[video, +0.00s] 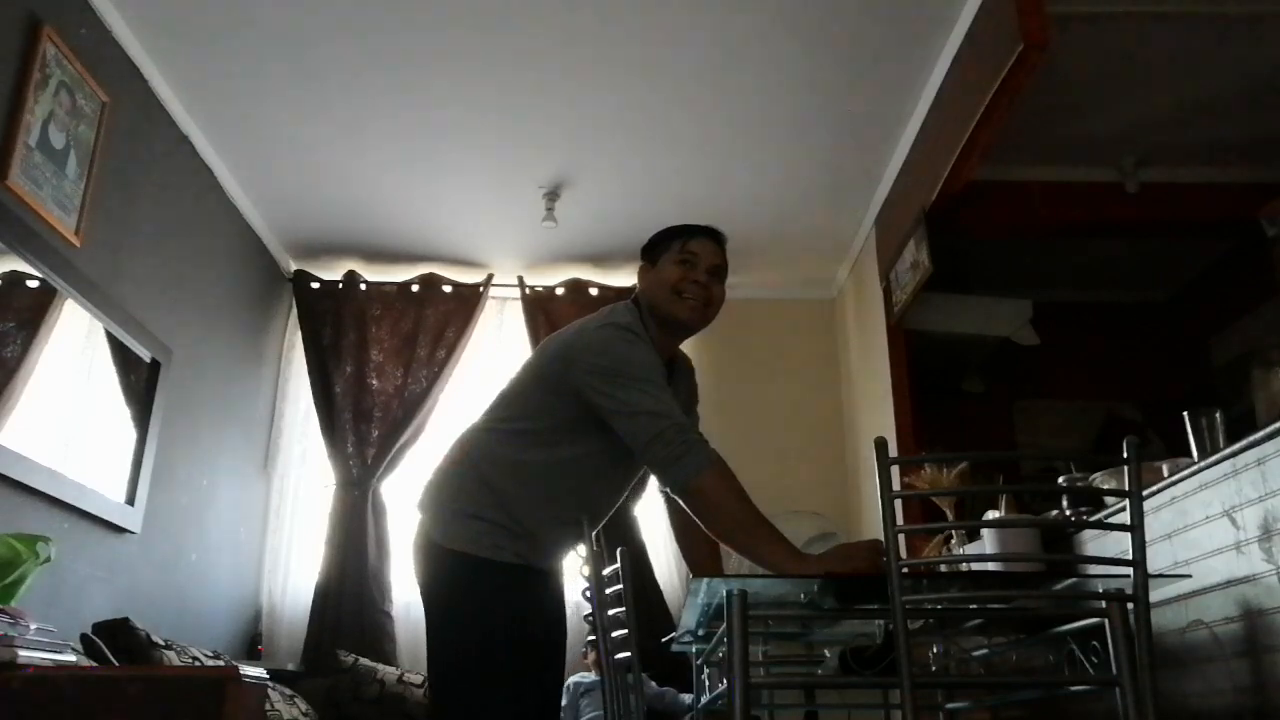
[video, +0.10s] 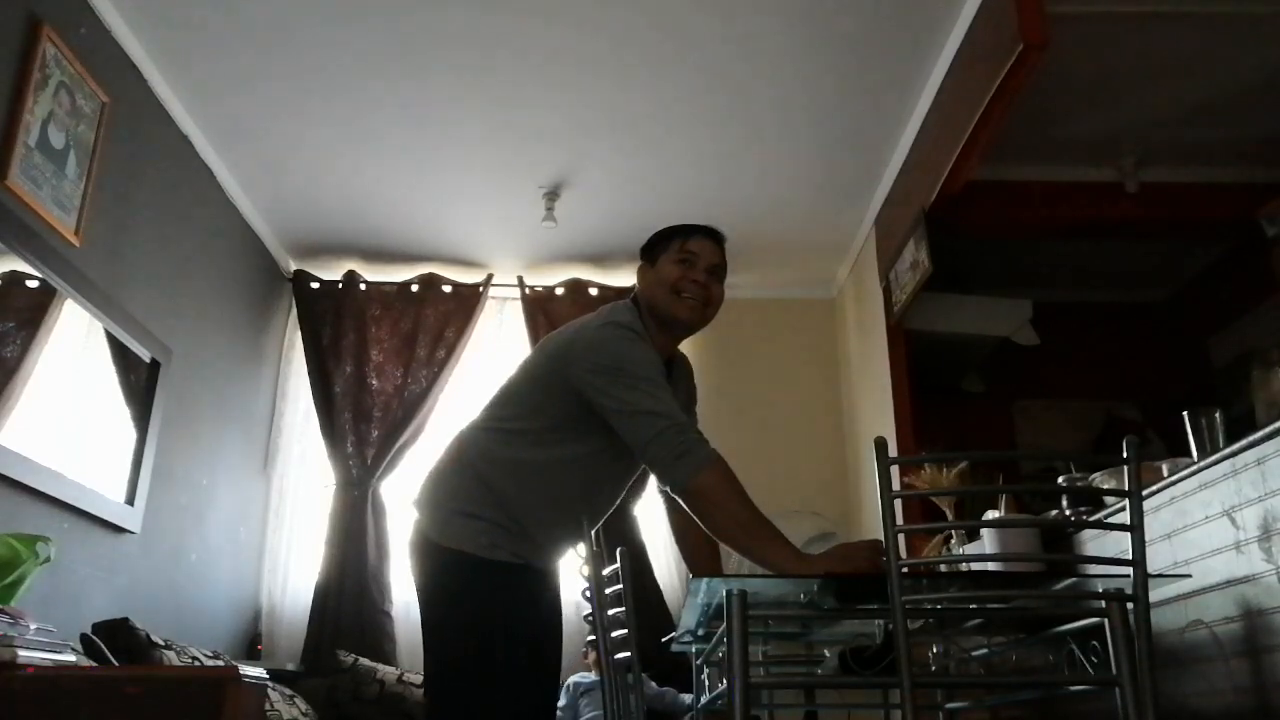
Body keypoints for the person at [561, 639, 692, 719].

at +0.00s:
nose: (601, 654)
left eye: (605, 649)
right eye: (595, 650)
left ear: (614, 651)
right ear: (585, 656)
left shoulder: (636, 680)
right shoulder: (576, 684)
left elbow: (666, 699)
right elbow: (567, 716)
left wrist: (699, 700)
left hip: (629, 715)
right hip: (593, 716)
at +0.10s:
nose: (601, 654)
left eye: (605, 648)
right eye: (595, 649)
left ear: (615, 651)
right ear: (586, 655)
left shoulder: (635, 680)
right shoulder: (576, 684)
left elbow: (669, 699)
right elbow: (563, 716)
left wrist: (701, 699)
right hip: (592, 717)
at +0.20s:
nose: (602, 653)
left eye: (606, 647)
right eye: (596, 648)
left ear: (615, 650)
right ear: (587, 655)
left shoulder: (636, 681)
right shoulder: (576, 684)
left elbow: (670, 700)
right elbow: (562, 714)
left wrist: (702, 700)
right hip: (593, 715)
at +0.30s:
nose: (602, 654)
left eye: (607, 648)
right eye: (596, 649)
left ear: (616, 651)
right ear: (588, 656)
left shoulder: (635, 680)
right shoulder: (576, 683)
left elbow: (670, 700)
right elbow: (562, 715)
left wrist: (702, 699)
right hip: (592, 715)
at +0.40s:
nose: (604, 653)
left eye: (608, 648)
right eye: (598, 649)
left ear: (616, 650)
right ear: (588, 655)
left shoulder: (635, 680)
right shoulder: (576, 683)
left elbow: (670, 700)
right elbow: (561, 715)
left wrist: (702, 700)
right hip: (591, 715)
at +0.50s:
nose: (606, 654)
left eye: (611, 648)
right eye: (600, 649)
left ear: (619, 651)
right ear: (590, 655)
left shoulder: (635, 680)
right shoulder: (578, 682)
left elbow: (669, 700)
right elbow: (561, 715)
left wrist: (701, 700)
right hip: (591, 715)